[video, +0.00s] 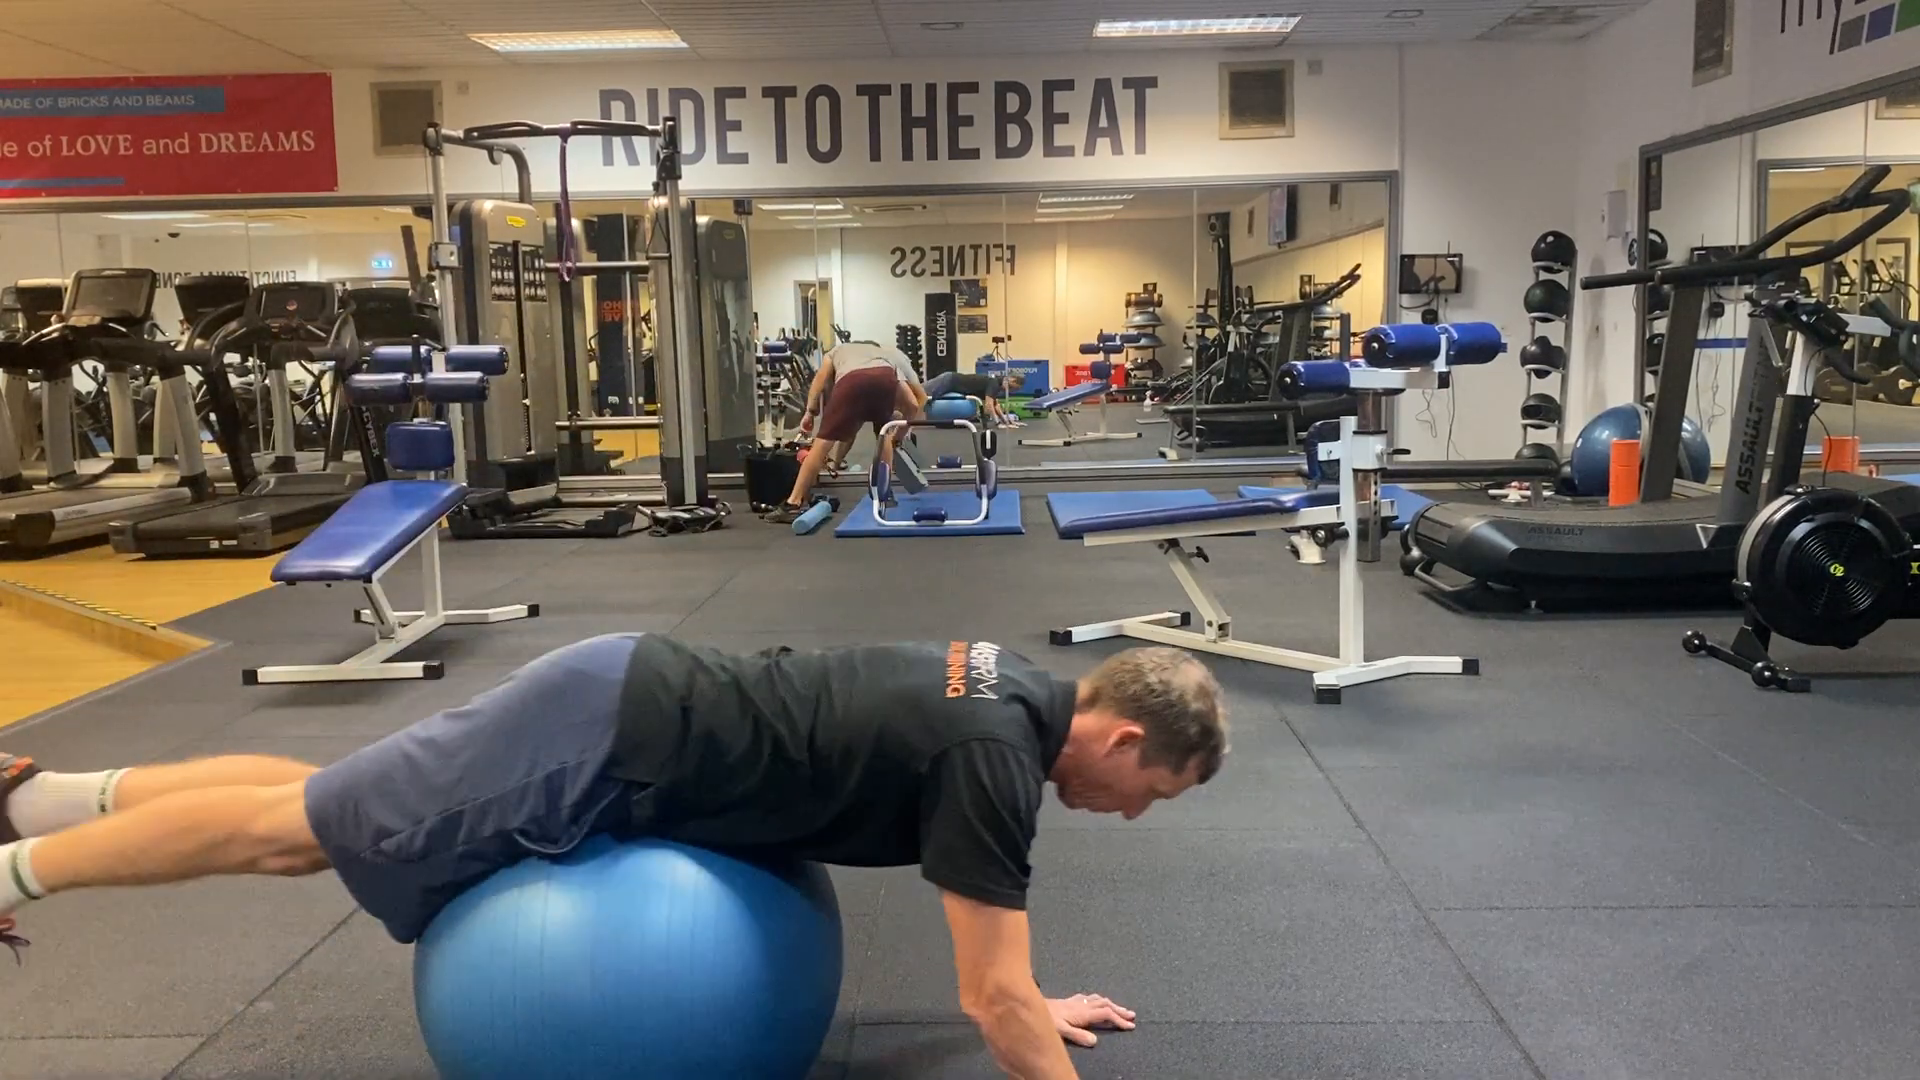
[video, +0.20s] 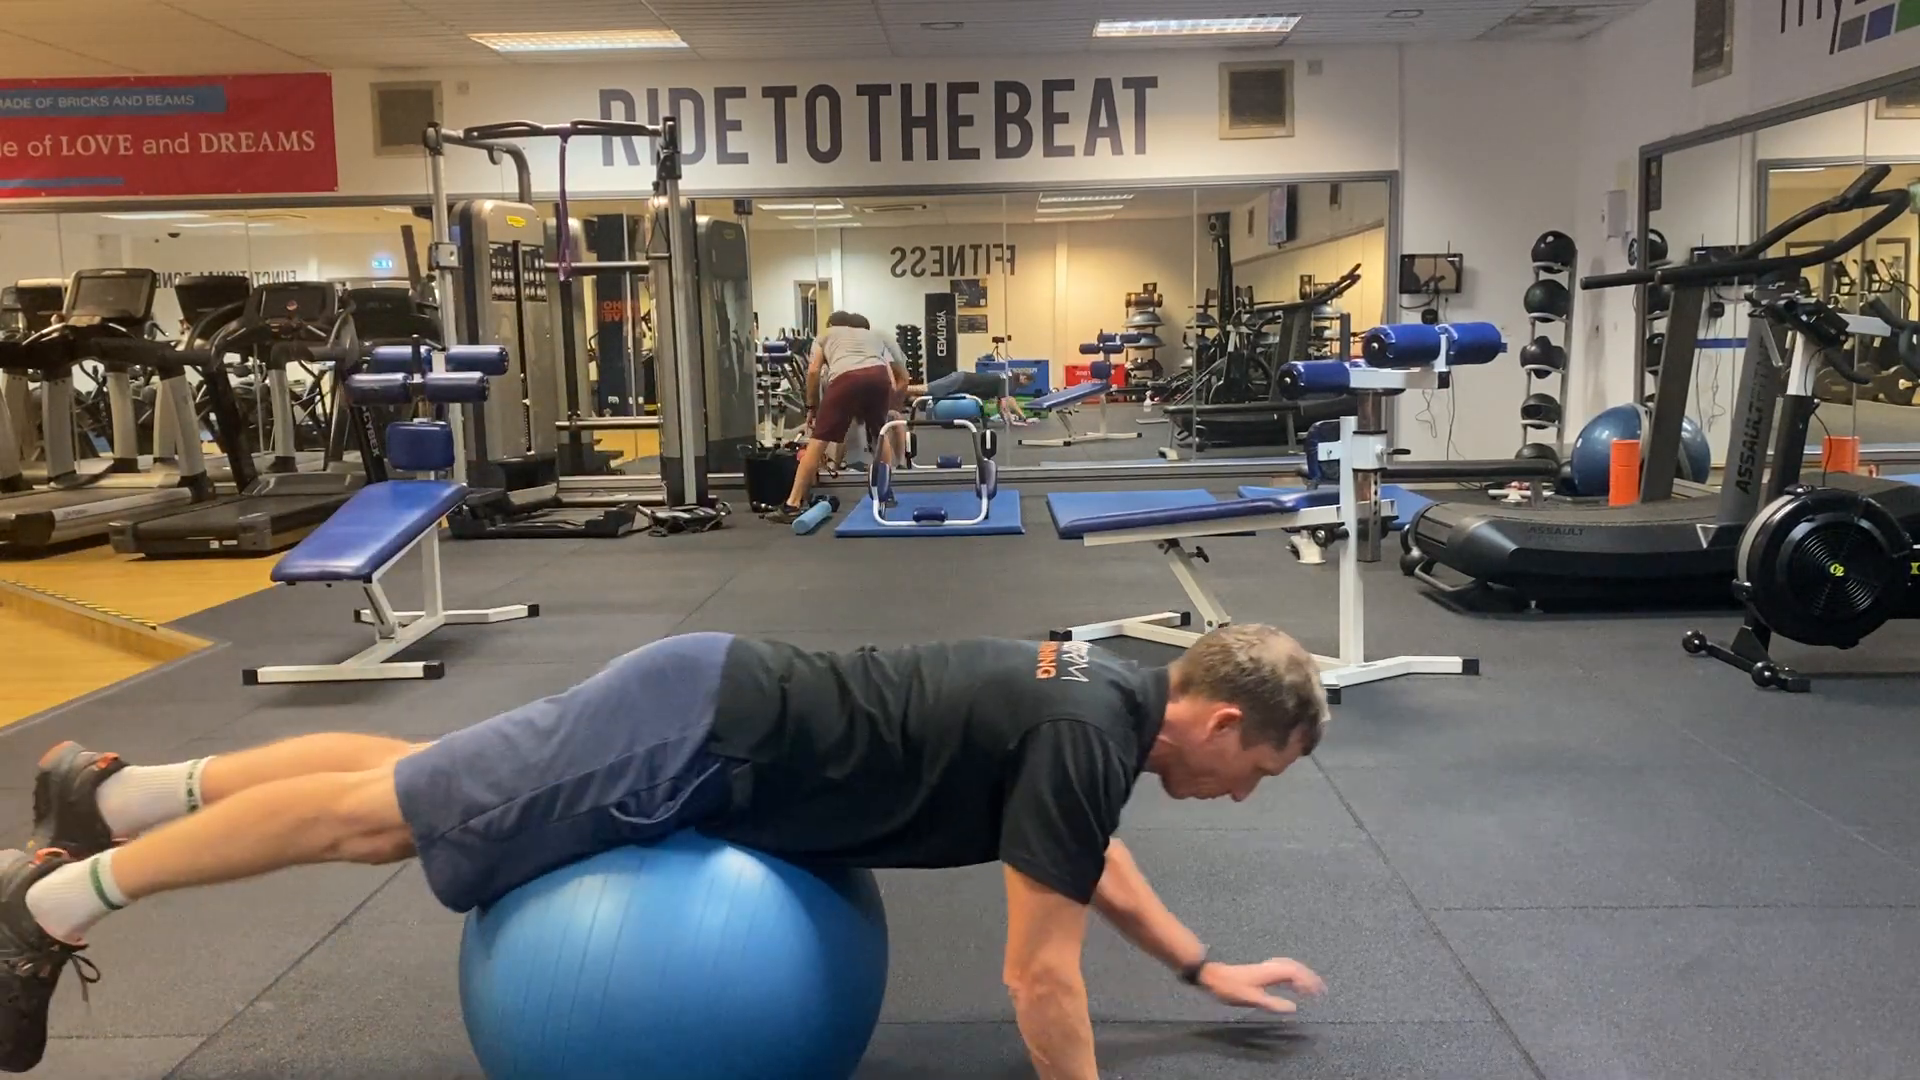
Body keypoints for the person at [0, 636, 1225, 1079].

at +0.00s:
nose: (1147, 806)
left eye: (1162, 789)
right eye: (1156, 788)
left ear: (1108, 705)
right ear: (1116, 740)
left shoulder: (1012, 694)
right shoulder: (991, 767)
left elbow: (983, 904)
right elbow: (996, 997)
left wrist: (1037, 1005)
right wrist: (1063, 1066)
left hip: (640, 678)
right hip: (621, 722)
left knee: (319, 793)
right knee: (305, 829)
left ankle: (52, 792)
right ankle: (29, 860)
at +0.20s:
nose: (1248, 786)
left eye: (1263, 765)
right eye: (1259, 764)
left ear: (1209, 695)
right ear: (1214, 723)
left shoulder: (1113, 682)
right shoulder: (1084, 747)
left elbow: (1098, 866)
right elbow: (1037, 977)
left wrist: (1205, 972)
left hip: (717, 684)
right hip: (699, 721)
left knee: (407, 769)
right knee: (375, 825)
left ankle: (131, 784)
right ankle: (62, 896)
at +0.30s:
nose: (1296, 784)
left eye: (1309, 764)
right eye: (1305, 761)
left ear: (1262, 707)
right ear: (1263, 724)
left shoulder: (1169, 704)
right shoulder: (1123, 735)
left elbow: (1226, 878)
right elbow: (1061, 963)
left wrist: (1337, 1002)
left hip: (765, 702)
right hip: (745, 710)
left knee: (445, 778)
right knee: (431, 798)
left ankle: (157, 786)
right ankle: (98, 879)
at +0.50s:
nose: (1406, 750)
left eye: (1418, 732)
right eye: (1413, 731)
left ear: (1359, 668)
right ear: (1368, 694)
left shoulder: (1263, 684)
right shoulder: (1233, 732)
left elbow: (1278, 874)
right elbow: (1113, 943)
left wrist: (1346, 1013)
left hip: (877, 684)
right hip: (867, 728)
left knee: (565, 752)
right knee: (542, 812)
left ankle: (257, 795)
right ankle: (193, 886)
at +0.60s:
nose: (1452, 720)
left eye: (1463, 700)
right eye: (1460, 698)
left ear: (1396, 640)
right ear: (1411, 666)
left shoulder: (1290, 664)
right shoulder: (1289, 712)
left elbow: (1288, 863)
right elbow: (1163, 904)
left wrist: (1345, 1011)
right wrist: (1193, 1077)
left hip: (909, 664)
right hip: (914, 726)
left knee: (607, 740)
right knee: (582, 820)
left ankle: (306, 776)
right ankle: (251, 911)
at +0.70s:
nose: (1488, 723)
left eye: (1501, 705)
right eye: (1496, 700)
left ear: (1438, 633)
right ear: (1449, 663)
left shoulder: (1325, 643)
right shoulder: (1339, 705)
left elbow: (1295, 863)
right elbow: (1311, 929)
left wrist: (1356, 992)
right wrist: (1397, 1054)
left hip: (955, 662)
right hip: (955, 718)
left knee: (651, 732)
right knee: (622, 812)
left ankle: (349, 744)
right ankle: (300, 904)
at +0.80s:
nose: (1533, 727)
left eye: (1544, 706)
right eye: (1534, 701)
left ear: (1464, 650)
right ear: (1483, 661)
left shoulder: (1346, 659)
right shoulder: (1401, 723)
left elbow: (1297, 863)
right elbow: (1504, 957)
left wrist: (1342, 1011)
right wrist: (1599, 1076)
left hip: (989, 676)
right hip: (984, 728)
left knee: (689, 720)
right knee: (655, 797)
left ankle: (399, 728)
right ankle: (331, 858)